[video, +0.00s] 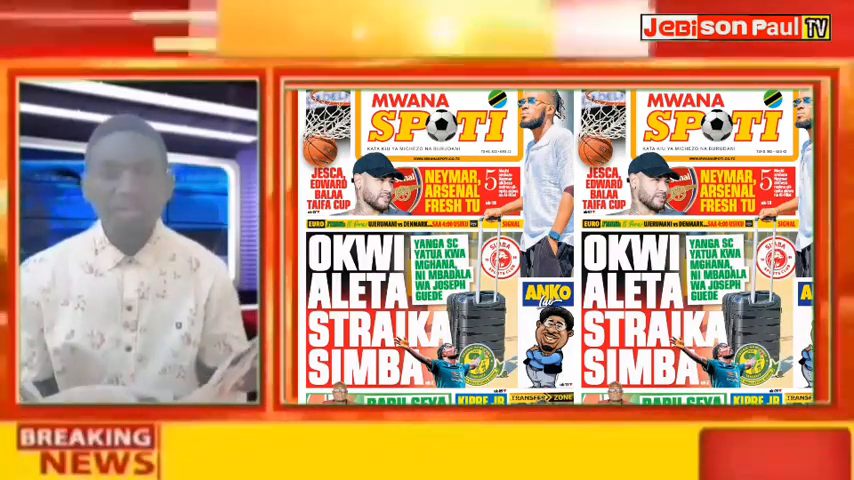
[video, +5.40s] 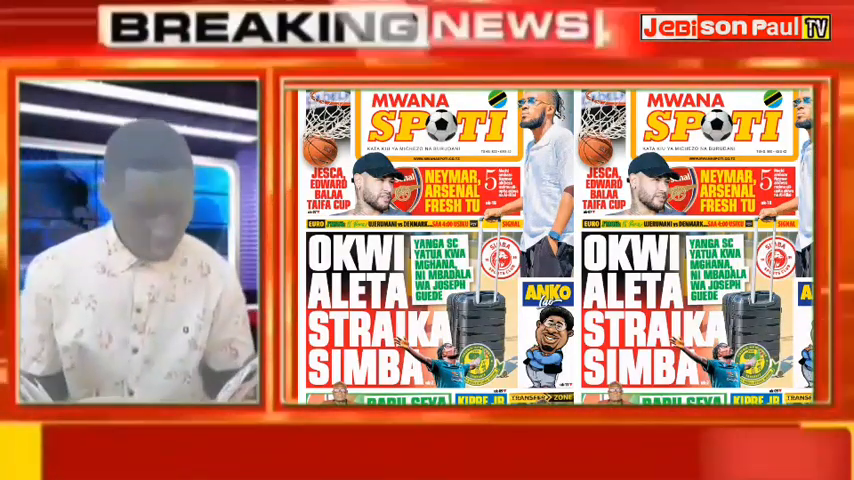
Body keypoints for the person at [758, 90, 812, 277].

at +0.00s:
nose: (799, 107)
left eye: (807, 101)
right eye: (797, 102)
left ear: (820, 106)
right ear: (794, 110)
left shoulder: (826, 147)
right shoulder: (806, 149)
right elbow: (805, 196)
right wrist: (777, 211)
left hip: (819, 240)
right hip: (804, 240)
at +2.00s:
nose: (799, 107)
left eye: (806, 101)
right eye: (797, 103)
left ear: (820, 107)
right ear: (794, 110)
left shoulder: (826, 148)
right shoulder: (806, 149)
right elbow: (805, 196)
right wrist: (777, 211)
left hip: (819, 239)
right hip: (804, 239)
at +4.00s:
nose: (799, 107)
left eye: (807, 101)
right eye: (797, 102)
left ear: (820, 107)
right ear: (794, 109)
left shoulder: (827, 148)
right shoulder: (806, 149)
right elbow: (805, 196)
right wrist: (777, 211)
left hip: (820, 239)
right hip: (804, 239)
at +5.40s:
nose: (800, 107)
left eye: (806, 101)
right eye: (797, 103)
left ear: (820, 107)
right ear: (794, 110)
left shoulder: (827, 148)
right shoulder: (806, 149)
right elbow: (804, 196)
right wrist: (777, 211)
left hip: (820, 239)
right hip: (804, 239)